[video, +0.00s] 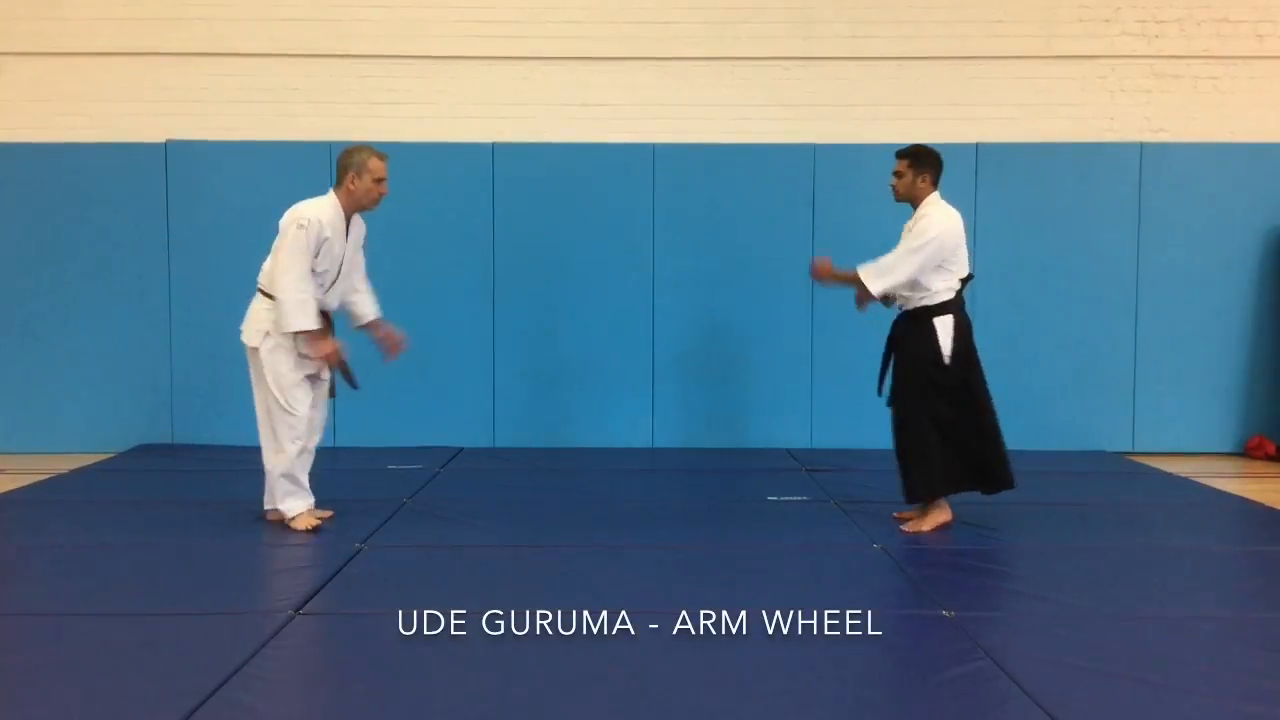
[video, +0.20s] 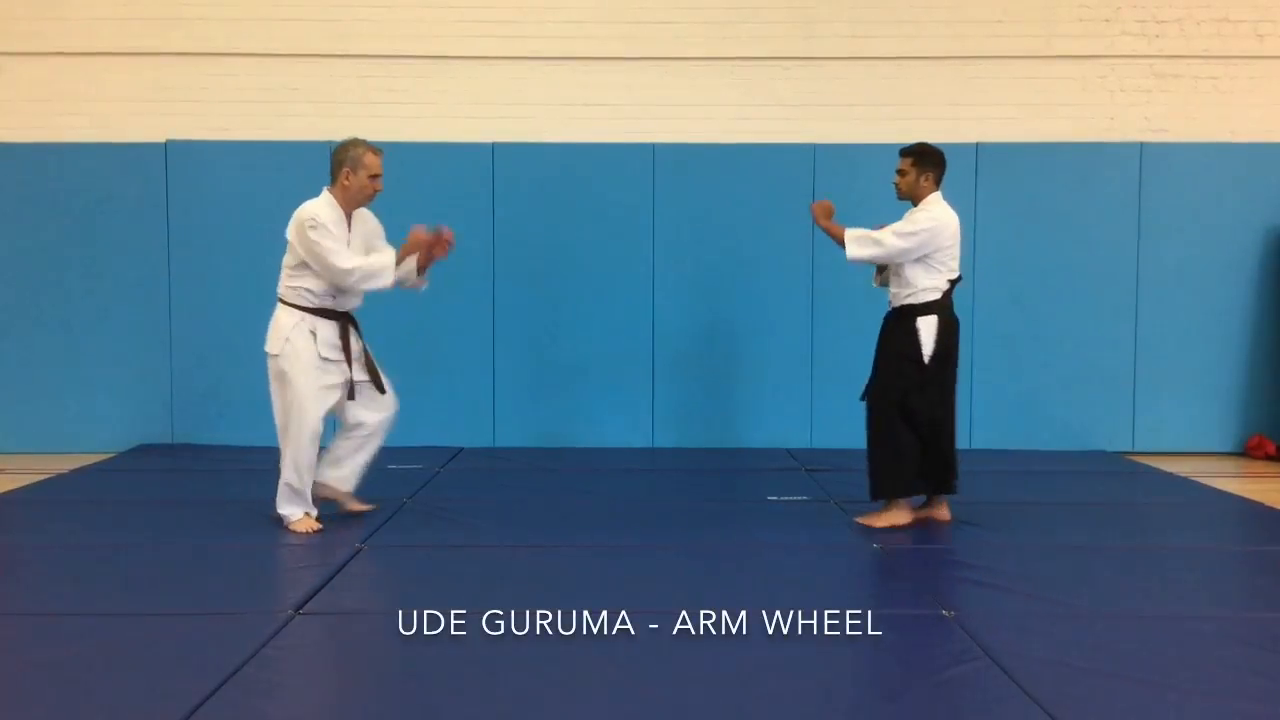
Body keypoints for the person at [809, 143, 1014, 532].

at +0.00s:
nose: (892, 181)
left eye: (899, 175)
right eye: (894, 175)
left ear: (923, 179)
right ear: (919, 180)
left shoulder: (939, 221)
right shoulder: (919, 220)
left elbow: (899, 266)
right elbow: (915, 276)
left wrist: (836, 275)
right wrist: (879, 288)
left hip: (936, 327)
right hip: (919, 325)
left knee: (922, 413)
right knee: (912, 413)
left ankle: (938, 504)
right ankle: (927, 501)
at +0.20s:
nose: (896, 179)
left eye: (903, 173)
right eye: (897, 173)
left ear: (926, 177)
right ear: (924, 178)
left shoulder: (933, 217)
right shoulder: (928, 214)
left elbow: (885, 245)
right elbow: (892, 247)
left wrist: (828, 225)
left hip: (917, 323)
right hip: (929, 320)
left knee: (887, 403)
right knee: (931, 406)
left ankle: (898, 505)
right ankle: (937, 501)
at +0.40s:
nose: (886, 181)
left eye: (892, 175)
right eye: (887, 174)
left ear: (916, 179)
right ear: (915, 180)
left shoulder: (919, 219)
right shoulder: (926, 215)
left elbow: (868, 247)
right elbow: (890, 274)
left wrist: (819, 224)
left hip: (906, 325)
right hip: (922, 322)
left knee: (876, 406)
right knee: (925, 409)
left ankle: (875, 508)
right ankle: (936, 501)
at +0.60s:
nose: (866, 186)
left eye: (873, 180)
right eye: (868, 180)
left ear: (898, 185)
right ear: (896, 185)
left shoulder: (898, 224)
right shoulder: (913, 220)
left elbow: (863, 276)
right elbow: (888, 290)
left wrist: (823, 248)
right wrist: (846, 296)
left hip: (892, 332)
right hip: (913, 327)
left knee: (858, 412)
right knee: (918, 414)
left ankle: (851, 510)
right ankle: (934, 500)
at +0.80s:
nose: (849, 199)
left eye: (857, 193)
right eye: (852, 192)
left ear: (881, 200)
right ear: (880, 200)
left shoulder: (886, 243)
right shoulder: (893, 236)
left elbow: (849, 297)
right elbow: (864, 298)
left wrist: (813, 280)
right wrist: (821, 303)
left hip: (871, 345)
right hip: (889, 342)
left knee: (834, 423)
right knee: (906, 422)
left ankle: (813, 514)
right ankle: (930, 500)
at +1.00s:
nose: (820, 198)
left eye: (827, 193)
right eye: (823, 192)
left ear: (848, 200)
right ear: (851, 202)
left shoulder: (856, 245)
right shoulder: (849, 240)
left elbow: (818, 300)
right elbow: (794, 287)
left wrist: (787, 270)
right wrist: (761, 259)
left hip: (842, 355)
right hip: (858, 351)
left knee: (806, 443)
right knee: (872, 433)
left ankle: (813, 545)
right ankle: (911, 503)